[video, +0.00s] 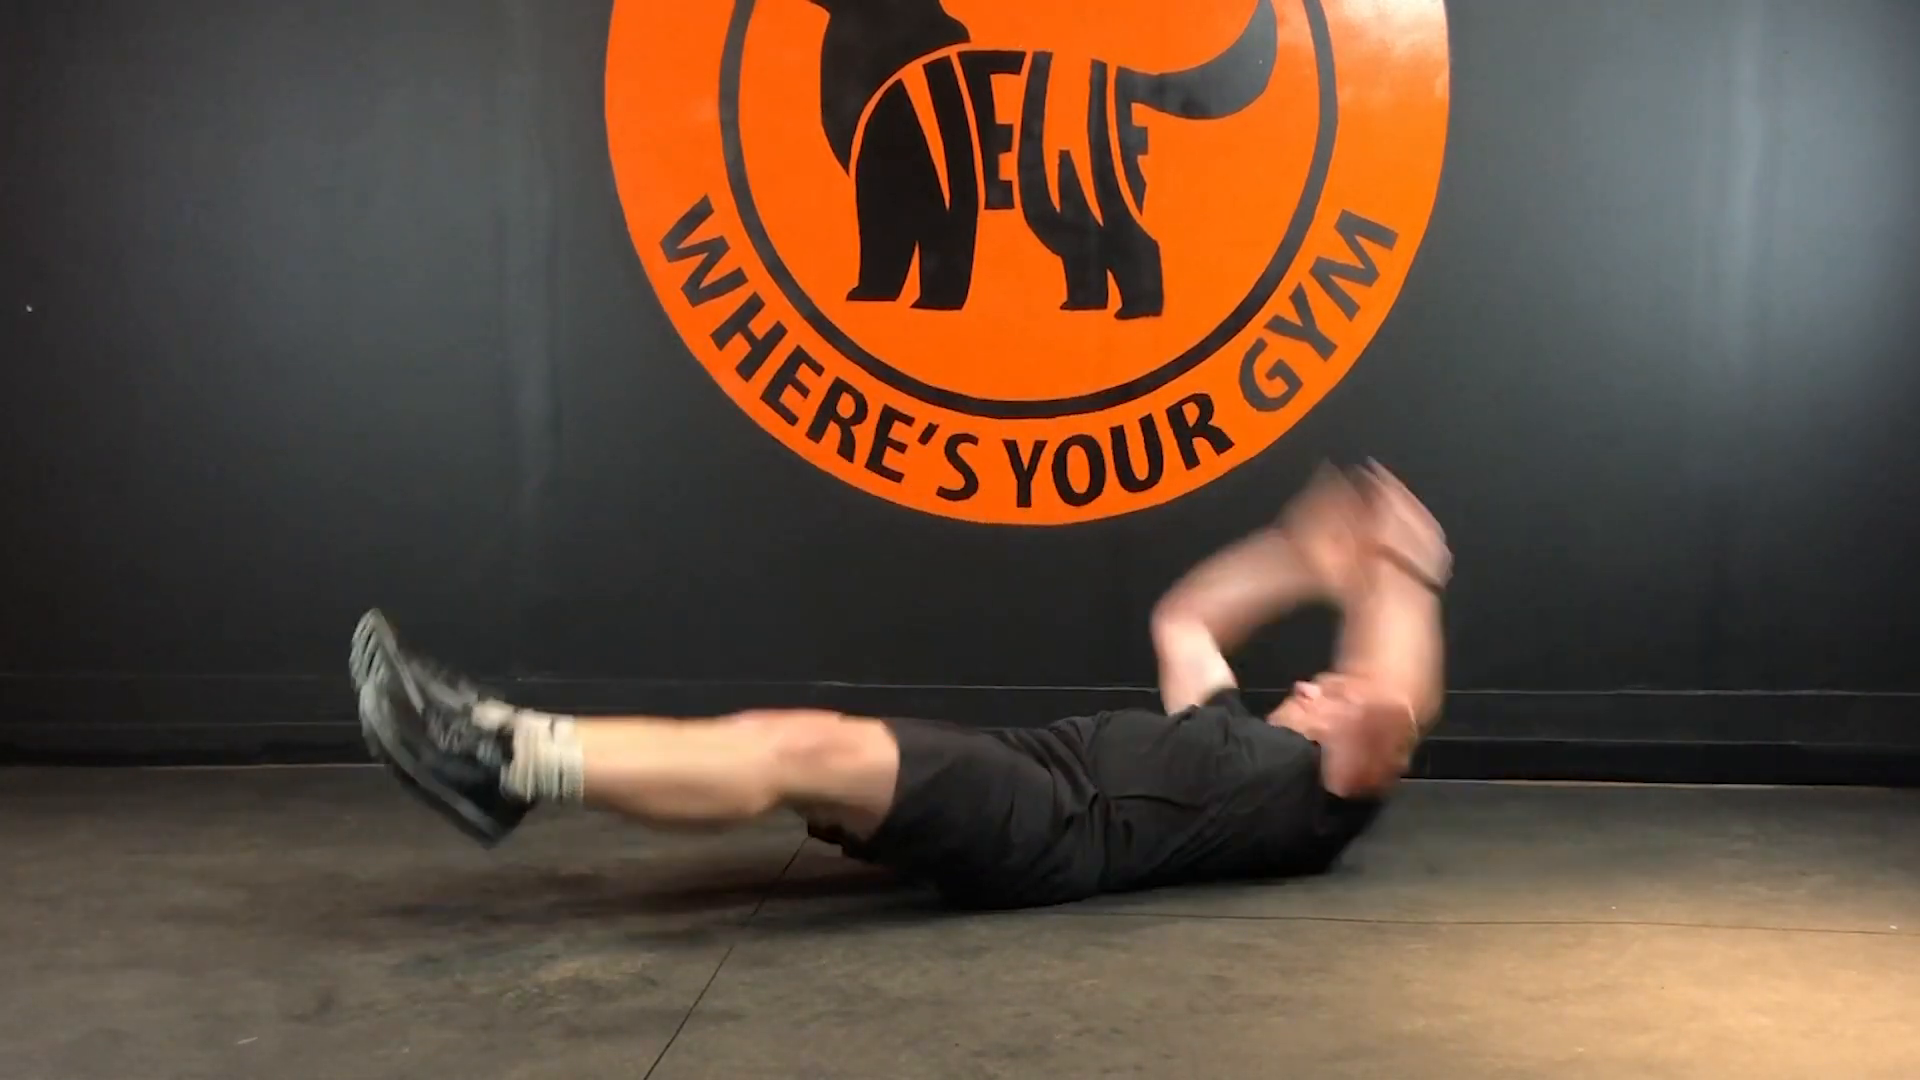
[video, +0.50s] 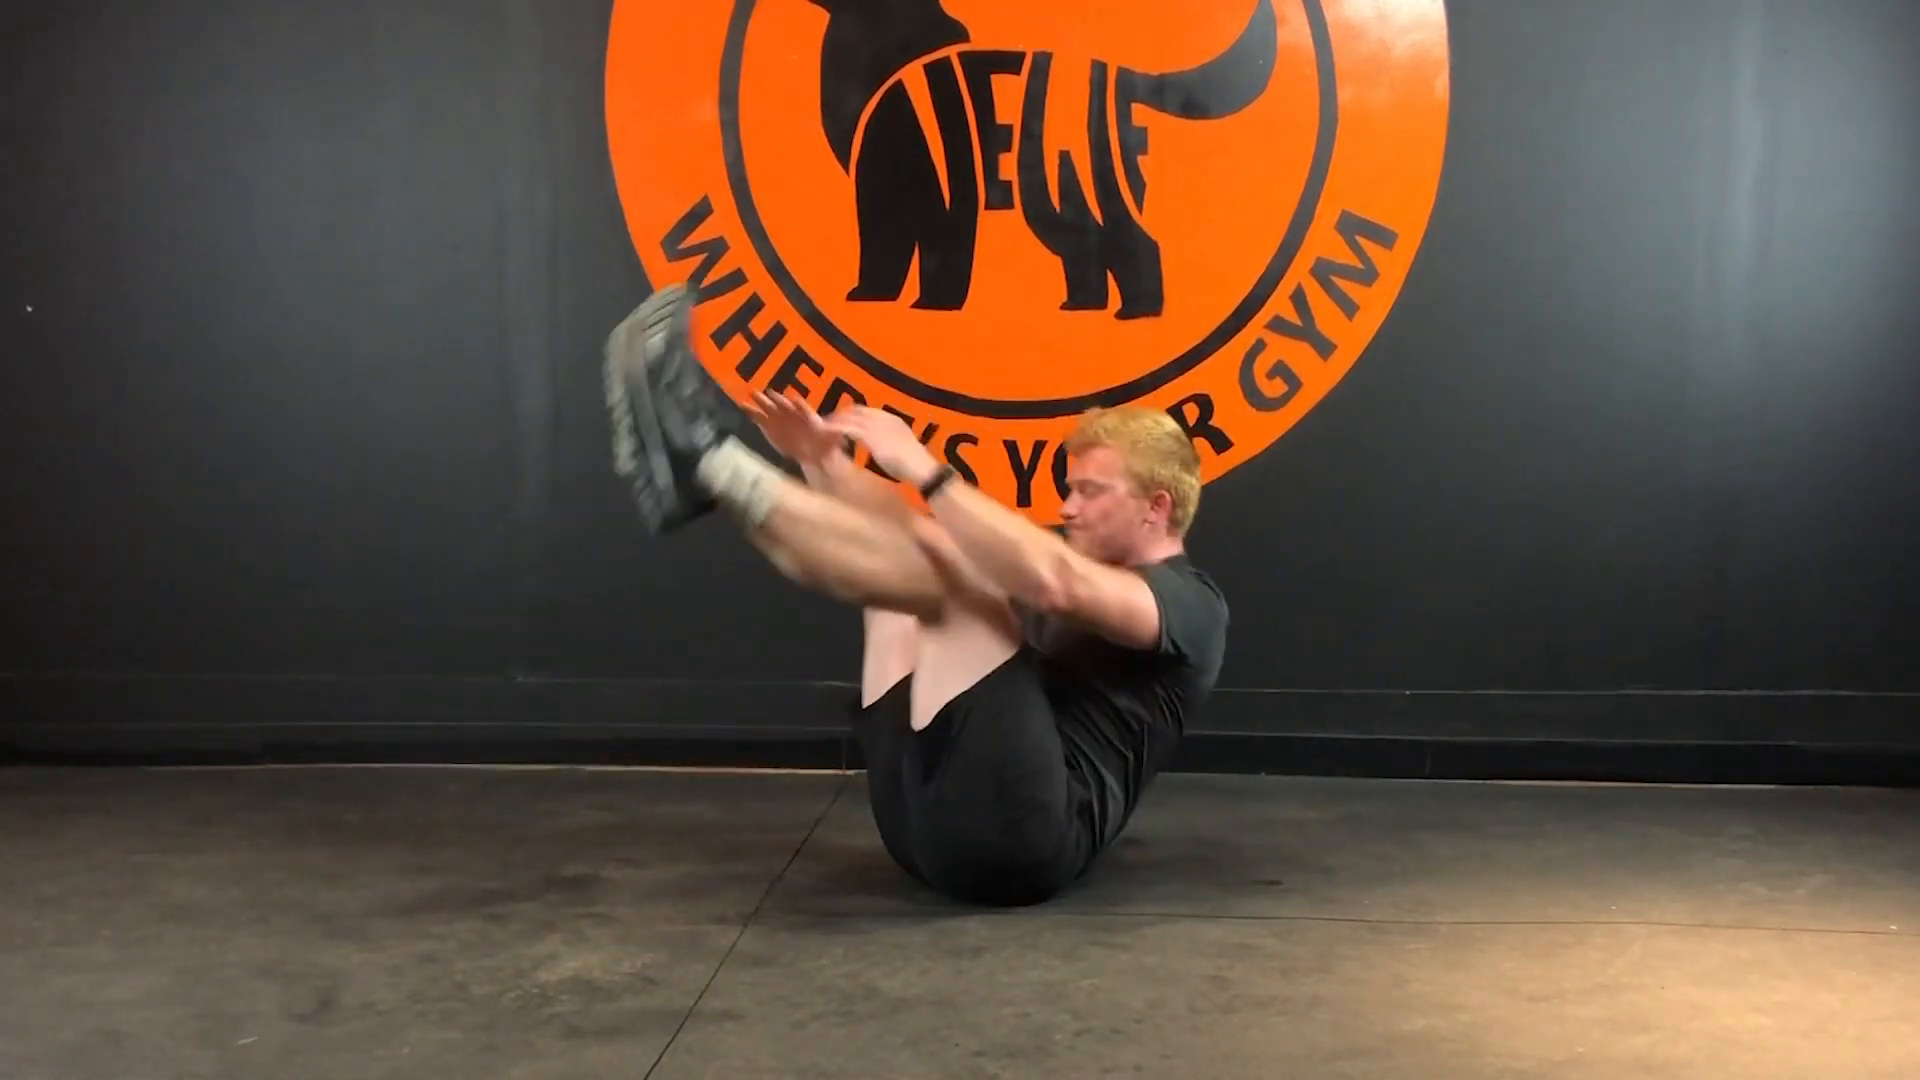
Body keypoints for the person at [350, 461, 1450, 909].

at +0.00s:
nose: (1320, 689)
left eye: (1345, 693)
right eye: (1320, 680)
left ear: (1365, 737)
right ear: (1293, 699)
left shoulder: (1313, 789)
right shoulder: (1225, 739)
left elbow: (1394, 704)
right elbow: (1186, 618)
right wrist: (1307, 552)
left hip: (1051, 818)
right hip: (1004, 775)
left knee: (810, 743)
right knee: (779, 740)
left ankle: (510, 755)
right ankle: (508, 758)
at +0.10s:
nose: (1294, 640)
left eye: (1319, 646)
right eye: (1297, 628)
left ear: (1346, 694)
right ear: (1284, 639)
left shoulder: (1306, 747)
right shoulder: (1223, 698)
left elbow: (1227, 675)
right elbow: (1132, 607)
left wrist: (1147, 545)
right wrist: (1086, 508)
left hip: (1052, 830)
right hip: (1002, 794)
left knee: (832, 691)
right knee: (801, 688)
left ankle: (536, 692)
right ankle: (528, 707)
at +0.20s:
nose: (1201, 584)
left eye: (1228, 576)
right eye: (1212, 568)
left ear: (1285, 618)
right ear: (1245, 602)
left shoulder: (1273, 700)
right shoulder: (1177, 654)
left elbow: (1160, 683)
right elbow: (1066, 598)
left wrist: (1032, 584)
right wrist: (954, 494)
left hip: (1039, 838)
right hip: (982, 815)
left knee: (874, 619)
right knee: (838, 617)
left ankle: (585, 609)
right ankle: (568, 608)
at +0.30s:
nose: (1134, 538)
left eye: (1157, 525)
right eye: (1138, 521)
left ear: (1220, 554)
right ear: (1138, 530)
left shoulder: (1233, 641)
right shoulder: (1108, 620)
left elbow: (1122, 632)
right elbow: (973, 566)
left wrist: (992, 532)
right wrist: (871, 454)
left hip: (1023, 833)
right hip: (948, 826)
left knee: (930, 583)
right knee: (891, 580)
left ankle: (656, 514)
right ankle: (626, 511)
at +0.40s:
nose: (1076, 510)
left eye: (1099, 492)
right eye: (1077, 492)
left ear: (1167, 509)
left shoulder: (1194, 605)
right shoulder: (1062, 588)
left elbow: (1073, 569)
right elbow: (923, 510)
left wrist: (939, 456)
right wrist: (827, 422)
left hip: (1018, 831)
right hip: (934, 823)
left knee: (969, 561)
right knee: (910, 559)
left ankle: (730, 464)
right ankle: (705, 463)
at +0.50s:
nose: (1068, 510)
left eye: (1090, 493)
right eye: (1069, 493)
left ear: (1160, 507)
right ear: (1070, 501)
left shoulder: (1190, 603)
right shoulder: (1070, 592)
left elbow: (1052, 579)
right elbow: (953, 558)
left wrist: (926, 468)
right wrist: (824, 468)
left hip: (1022, 833)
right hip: (939, 826)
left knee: (956, 575)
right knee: (908, 569)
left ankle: (717, 465)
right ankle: (695, 475)